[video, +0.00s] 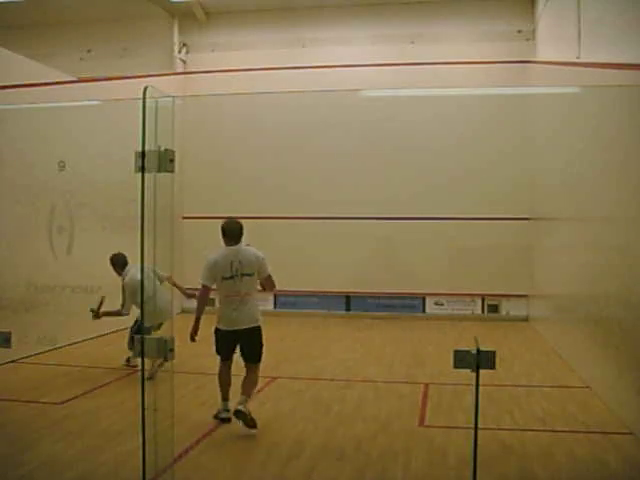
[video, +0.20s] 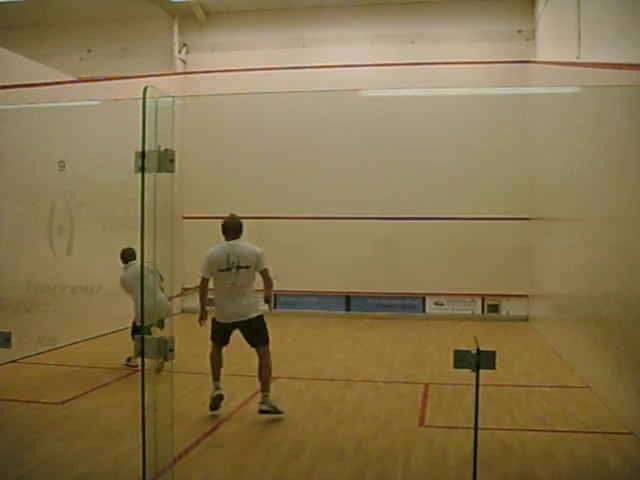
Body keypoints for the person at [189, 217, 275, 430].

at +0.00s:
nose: (225, 237)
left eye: (224, 233)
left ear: (222, 236)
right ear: (242, 235)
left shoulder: (215, 261)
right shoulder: (255, 257)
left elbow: (203, 295)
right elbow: (269, 286)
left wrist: (196, 323)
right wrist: (254, 284)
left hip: (225, 326)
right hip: (250, 325)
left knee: (225, 364)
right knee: (252, 368)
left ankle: (225, 407)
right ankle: (242, 404)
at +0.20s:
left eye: (226, 230)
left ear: (223, 233)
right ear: (241, 232)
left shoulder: (213, 255)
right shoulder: (254, 252)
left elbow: (204, 285)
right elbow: (267, 279)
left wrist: (203, 309)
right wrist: (268, 300)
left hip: (224, 316)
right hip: (251, 313)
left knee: (216, 348)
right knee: (263, 351)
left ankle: (216, 389)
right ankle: (265, 398)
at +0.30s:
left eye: (230, 243)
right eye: (241, 242)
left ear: (226, 245)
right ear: (244, 244)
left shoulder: (215, 266)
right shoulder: (255, 265)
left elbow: (205, 294)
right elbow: (266, 292)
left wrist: (206, 316)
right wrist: (271, 312)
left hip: (222, 324)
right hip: (249, 323)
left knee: (213, 356)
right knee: (270, 358)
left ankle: (198, 395)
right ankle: (285, 400)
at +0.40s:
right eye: (251, 260)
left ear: (234, 261)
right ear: (252, 262)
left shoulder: (220, 282)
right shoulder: (258, 284)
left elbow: (208, 310)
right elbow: (271, 315)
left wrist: (215, 330)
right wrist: (281, 334)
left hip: (223, 339)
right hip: (248, 339)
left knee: (213, 362)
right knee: (275, 359)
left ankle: (195, 398)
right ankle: (290, 400)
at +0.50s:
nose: (268, 263)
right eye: (267, 260)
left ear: (250, 262)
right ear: (267, 262)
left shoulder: (236, 281)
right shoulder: (272, 285)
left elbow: (223, 311)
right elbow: (282, 317)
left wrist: (236, 326)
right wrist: (292, 344)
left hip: (236, 340)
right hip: (261, 341)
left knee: (221, 364)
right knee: (285, 358)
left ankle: (198, 398)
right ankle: (292, 401)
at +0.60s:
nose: (288, 255)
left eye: (286, 252)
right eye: (287, 252)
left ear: (269, 252)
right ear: (285, 253)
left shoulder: (255, 271)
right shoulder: (285, 275)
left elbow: (242, 299)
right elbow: (288, 308)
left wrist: (255, 315)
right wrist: (294, 337)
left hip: (253, 332)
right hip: (278, 333)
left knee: (243, 362)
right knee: (295, 360)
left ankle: (222, 399)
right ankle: (293, 402)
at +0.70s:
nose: (307, 251)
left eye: (307, 247)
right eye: (307, 247)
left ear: (288, 245)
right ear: (302, 247)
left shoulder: (273, 262)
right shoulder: (291, 266)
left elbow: (268, 295)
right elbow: (287, 301)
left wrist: (289, 319)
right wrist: (293, 328)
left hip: (263, 327)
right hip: (279, 329)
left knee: (279, 360)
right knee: (302, 361)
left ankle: (260, 400)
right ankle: (301, 402)